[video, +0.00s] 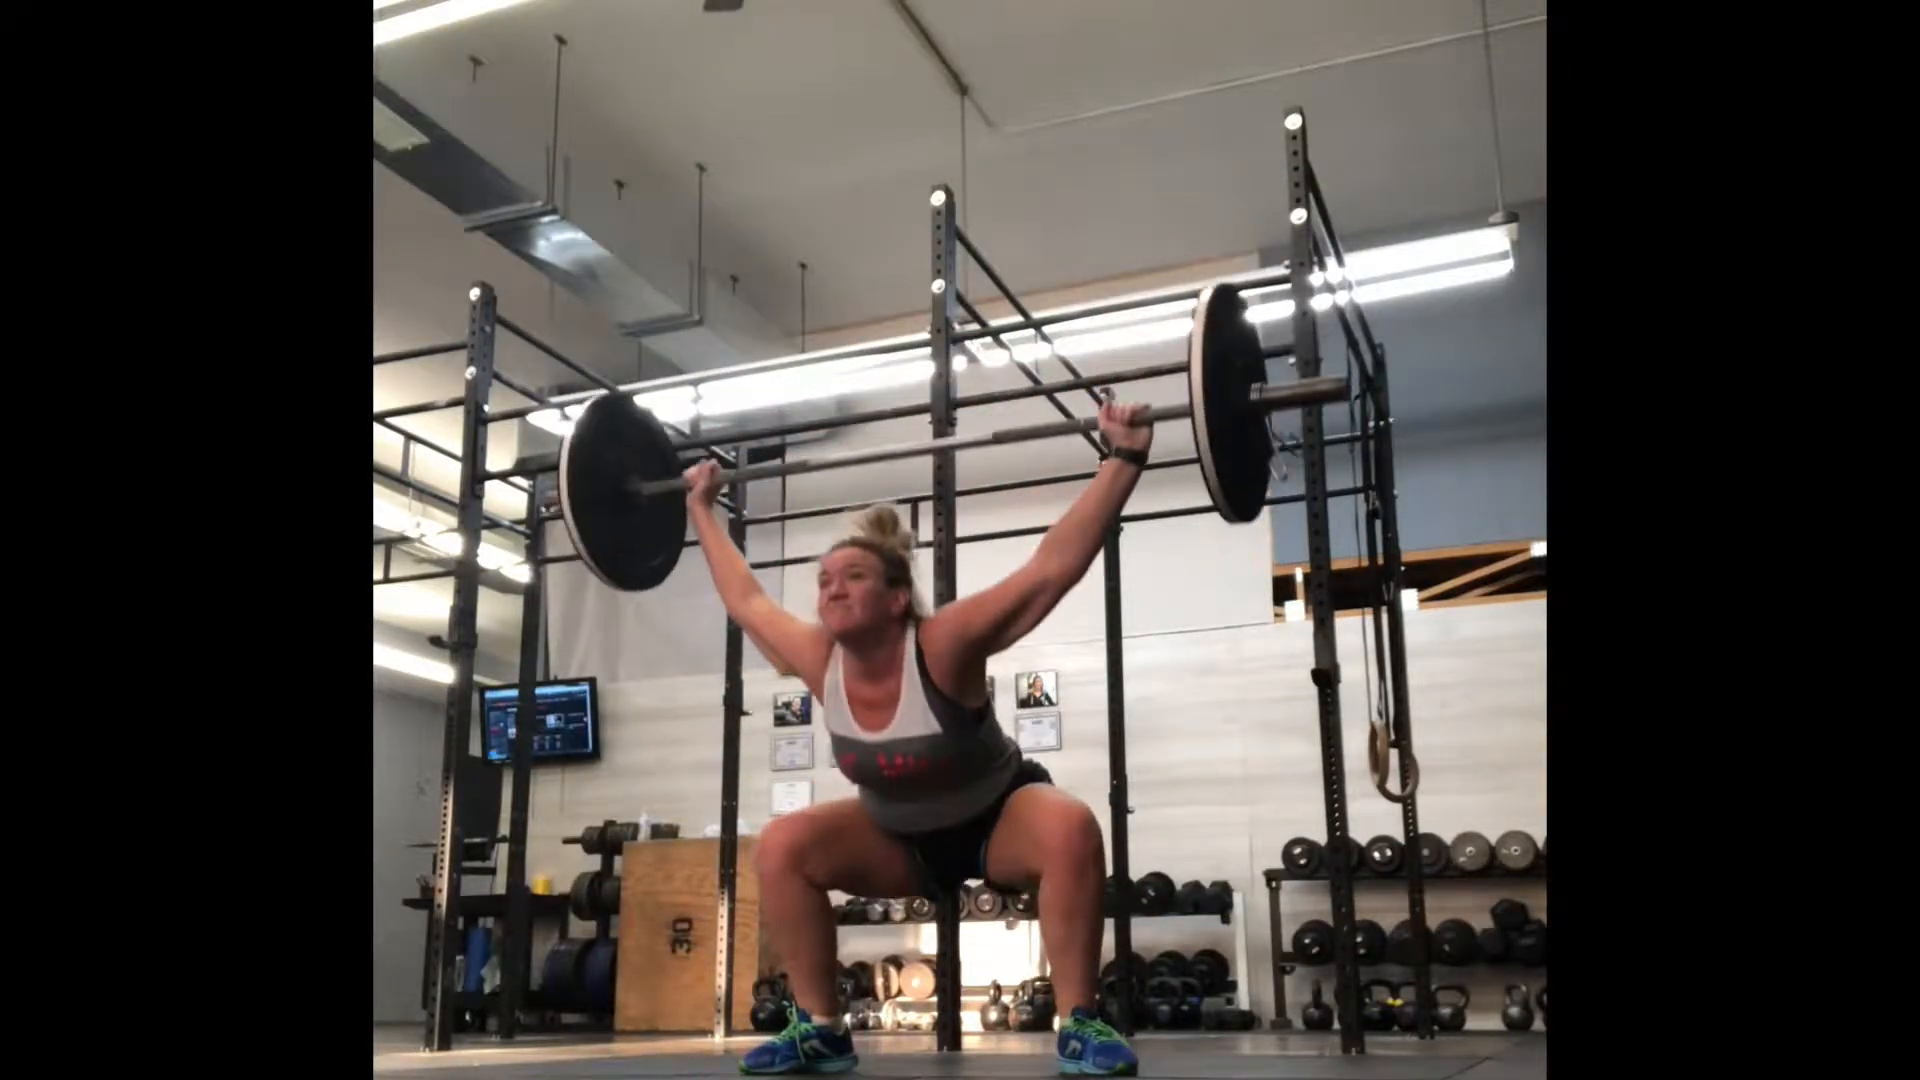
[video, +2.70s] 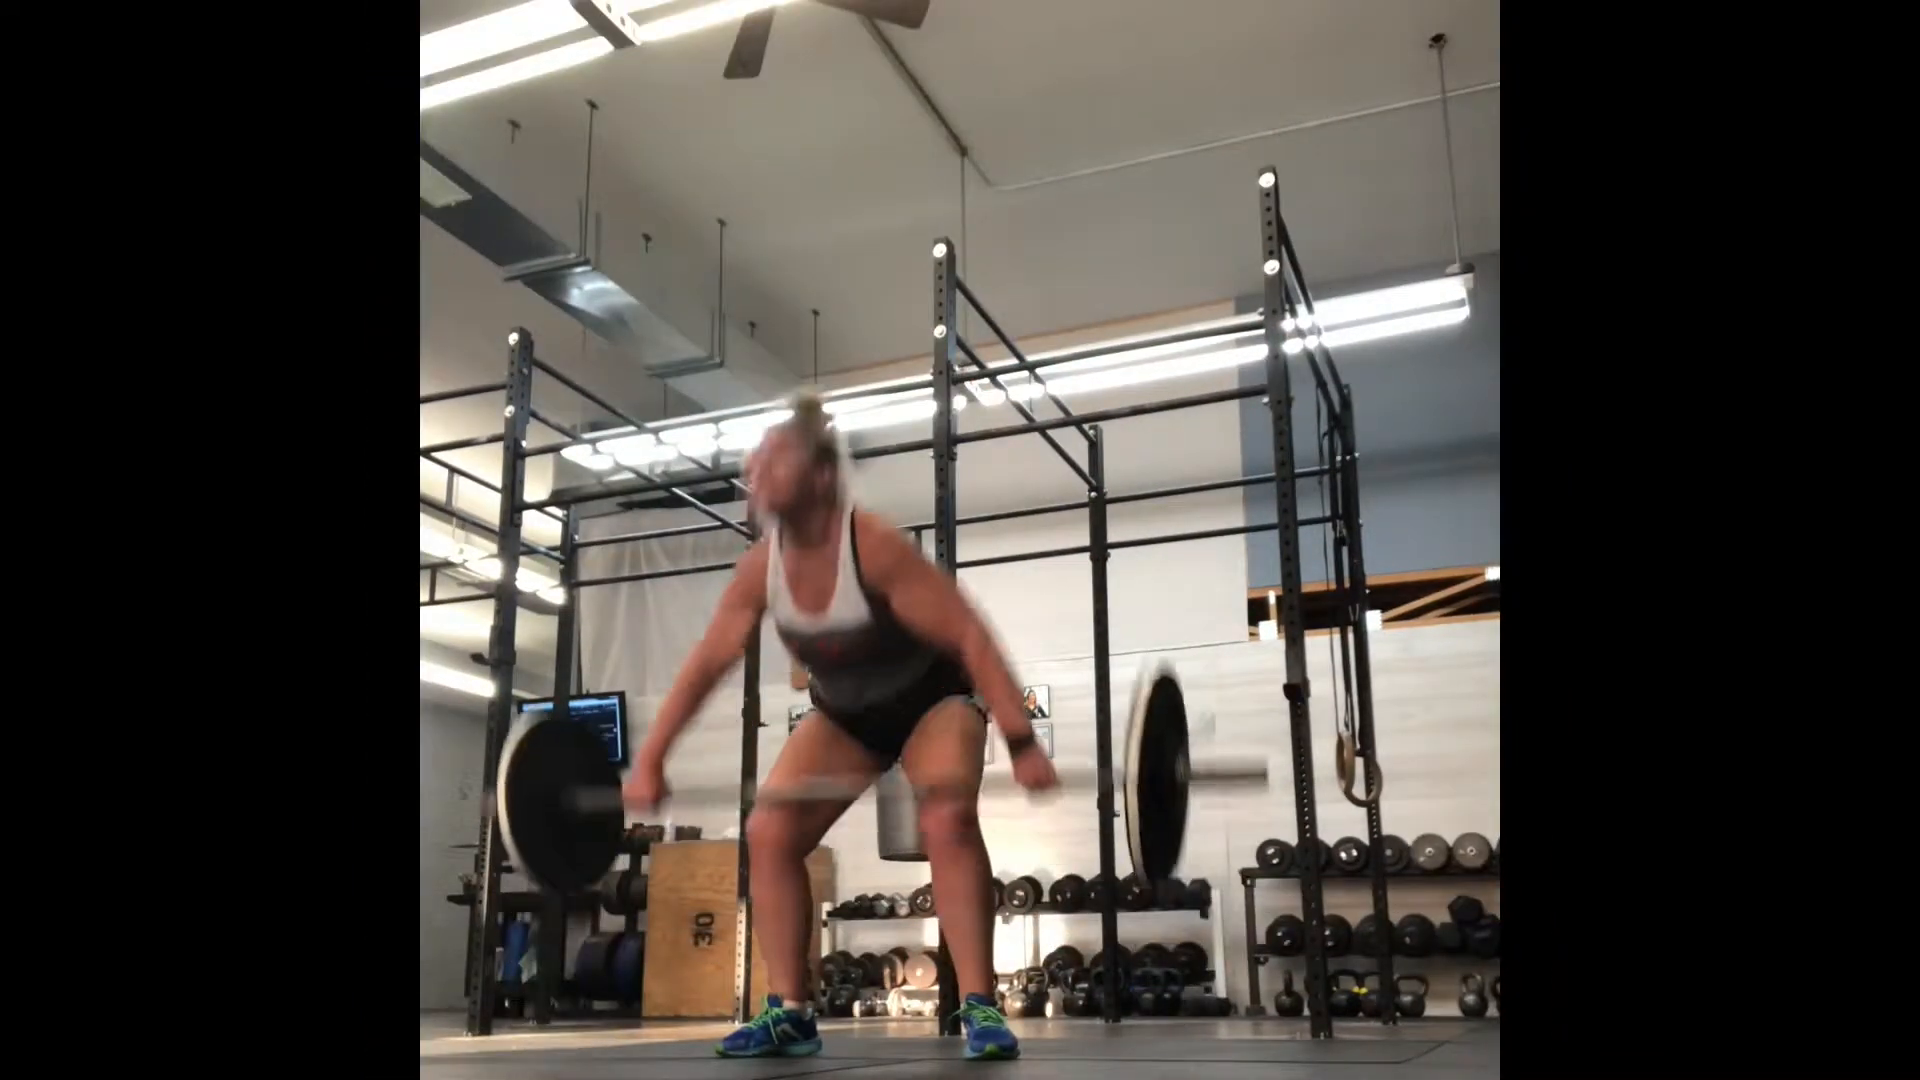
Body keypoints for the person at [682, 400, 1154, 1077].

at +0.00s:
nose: (832, 588)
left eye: (854, 575)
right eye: (824, 580)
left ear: (898, 599)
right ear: (816, 601)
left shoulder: (950, 641)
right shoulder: (820, 661)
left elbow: (1049, 572)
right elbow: (745, 599)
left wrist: (1124, 458)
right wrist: (699, 506)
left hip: (994, 821)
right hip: (893, 831)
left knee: (1073, 828)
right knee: (781, 847)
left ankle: (1079, 1024)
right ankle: (820, 1030)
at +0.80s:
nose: (850, 451)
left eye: (869, 440)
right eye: (843, 442)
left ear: (912, 458)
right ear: (836, 460)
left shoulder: (961, 510)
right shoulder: (833, 530)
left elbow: (1061, 446)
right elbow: (759, 477)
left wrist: (1141, 344)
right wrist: (720, 396)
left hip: (1008, 710)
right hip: (908, 726)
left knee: (1048, 827)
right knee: (807, 839)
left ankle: (1077, 1023)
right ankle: (818, 1027)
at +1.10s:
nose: (885, 321)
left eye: (902, 315)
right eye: (876, 317)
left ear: (938, 341)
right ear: (864, 350)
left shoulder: (981, 401)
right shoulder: (854, 428)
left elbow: (1070, 323)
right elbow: (777, 382)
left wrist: (1143, 225)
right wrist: (737, 303)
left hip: (993, 644)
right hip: (892, 652)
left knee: (1036, 824)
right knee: (828, 830)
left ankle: (1076, 1017)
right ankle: (818, 1025)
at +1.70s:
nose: (875, 341)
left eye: (890, 329)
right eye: (864, 331)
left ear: (926, 340)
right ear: (853, 344)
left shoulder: (960, 407)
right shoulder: (840, 423)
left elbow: (1046, 324)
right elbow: (766, 370)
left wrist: (1120, 229)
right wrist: (726, 293)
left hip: (939, 633)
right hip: (844, 640)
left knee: (961, 831)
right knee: (848, 836)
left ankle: (1003, 1008)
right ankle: (820, 1022)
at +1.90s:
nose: (754, 616)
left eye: (772, 601)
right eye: (746, 604)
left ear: (817, 616)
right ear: (740, 618)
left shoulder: (877, 675)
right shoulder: (754, 701)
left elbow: (962, 796)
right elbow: (718, 818)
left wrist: (1039, 899)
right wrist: (663, 914)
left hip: (923, 790)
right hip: (840, 802)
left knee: (941, 834)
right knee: (739, 847)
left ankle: (972, 1007)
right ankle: (793, 1014)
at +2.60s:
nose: (751, 527)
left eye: (770, 512)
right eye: (746, 512)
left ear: (815, 528)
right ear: (742, 521)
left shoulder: (875, 592)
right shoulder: (757, 614)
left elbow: (956, 704)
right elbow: (719, 712)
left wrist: (1028, 803)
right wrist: (656, 816)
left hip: (935, 715)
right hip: (847, 729)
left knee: (946, 832)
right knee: (775, 838)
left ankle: (978, 1007)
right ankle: (789, 1012)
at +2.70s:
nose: (756, 472)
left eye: (773, 459)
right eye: (756, 460)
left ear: (820, 472)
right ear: (757, 476)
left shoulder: (875, 545)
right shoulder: (762, 566)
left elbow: (969, 633)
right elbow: (709, 662)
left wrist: (1021, 738)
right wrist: (650, 754)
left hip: (934, 697)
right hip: (845, 712)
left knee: (949, 822)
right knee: (770, 834)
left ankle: (978, 1006)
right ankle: (790, 1011)